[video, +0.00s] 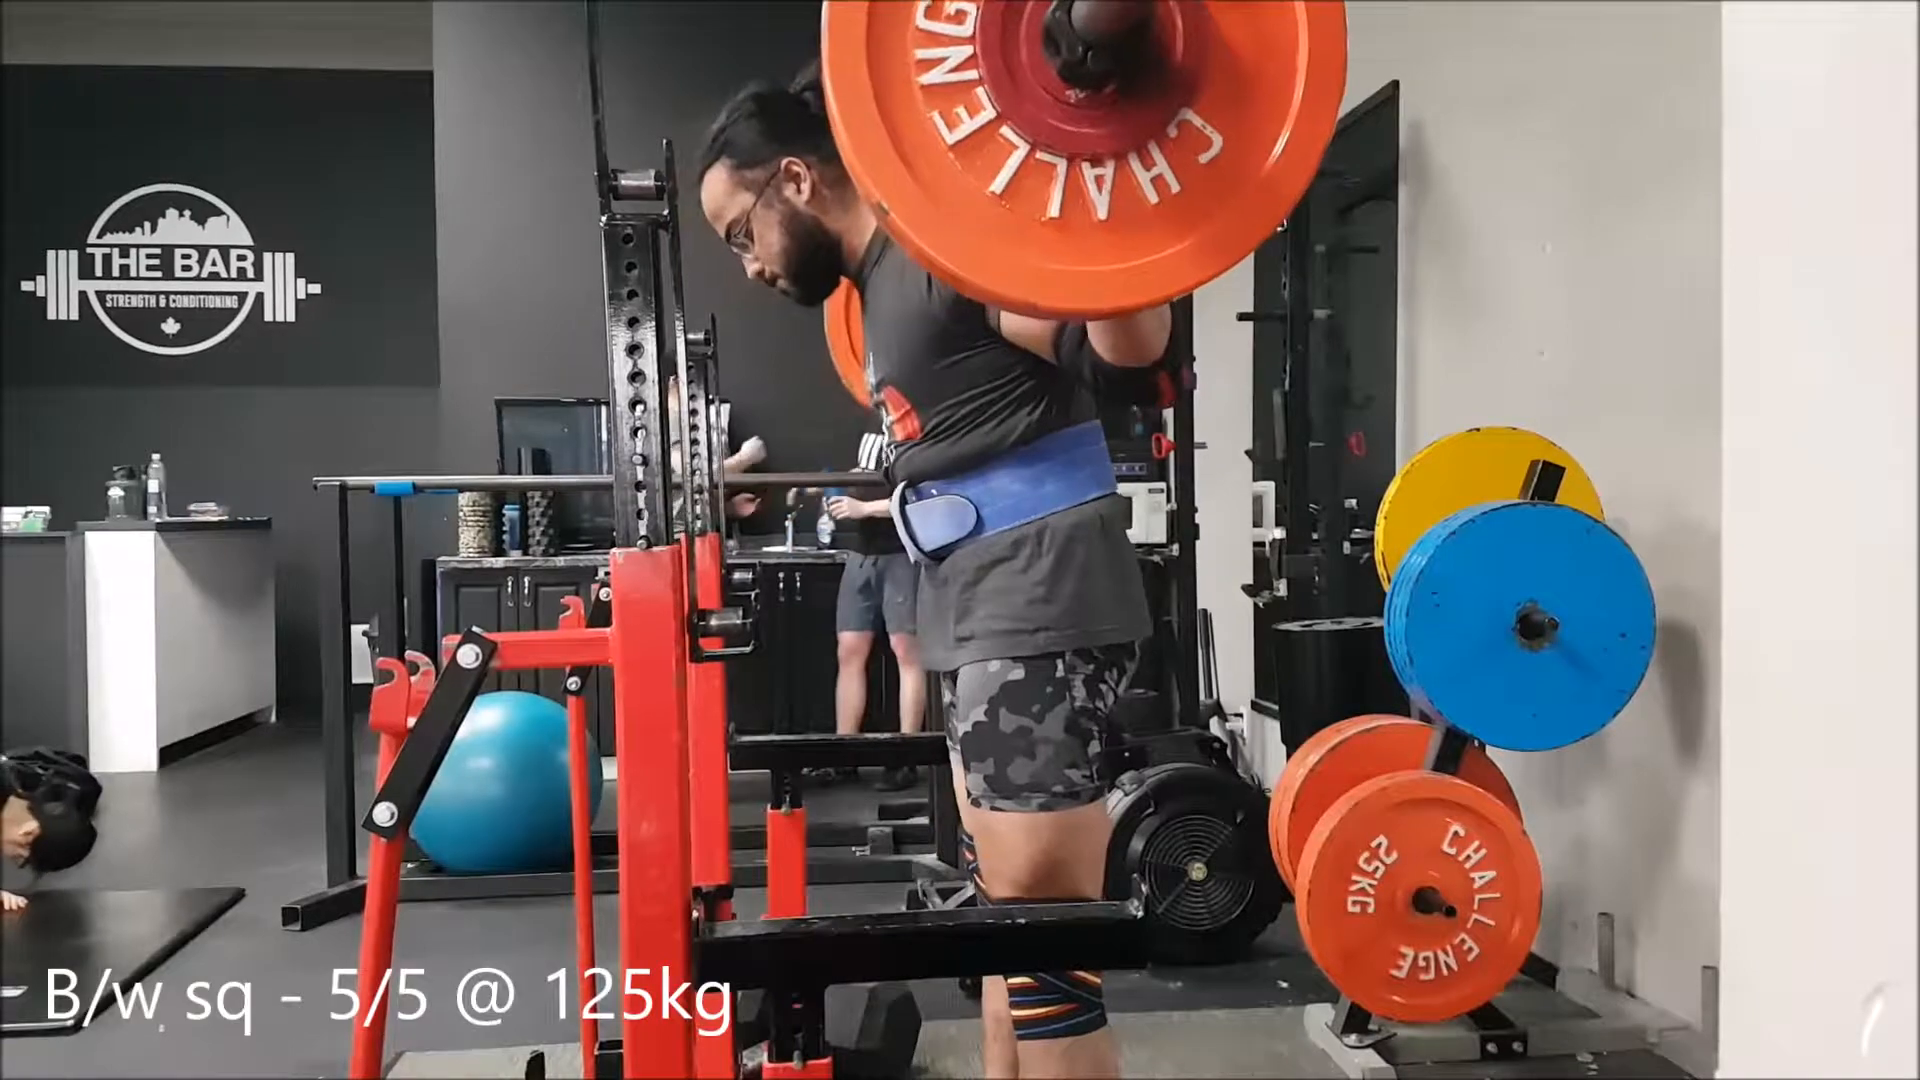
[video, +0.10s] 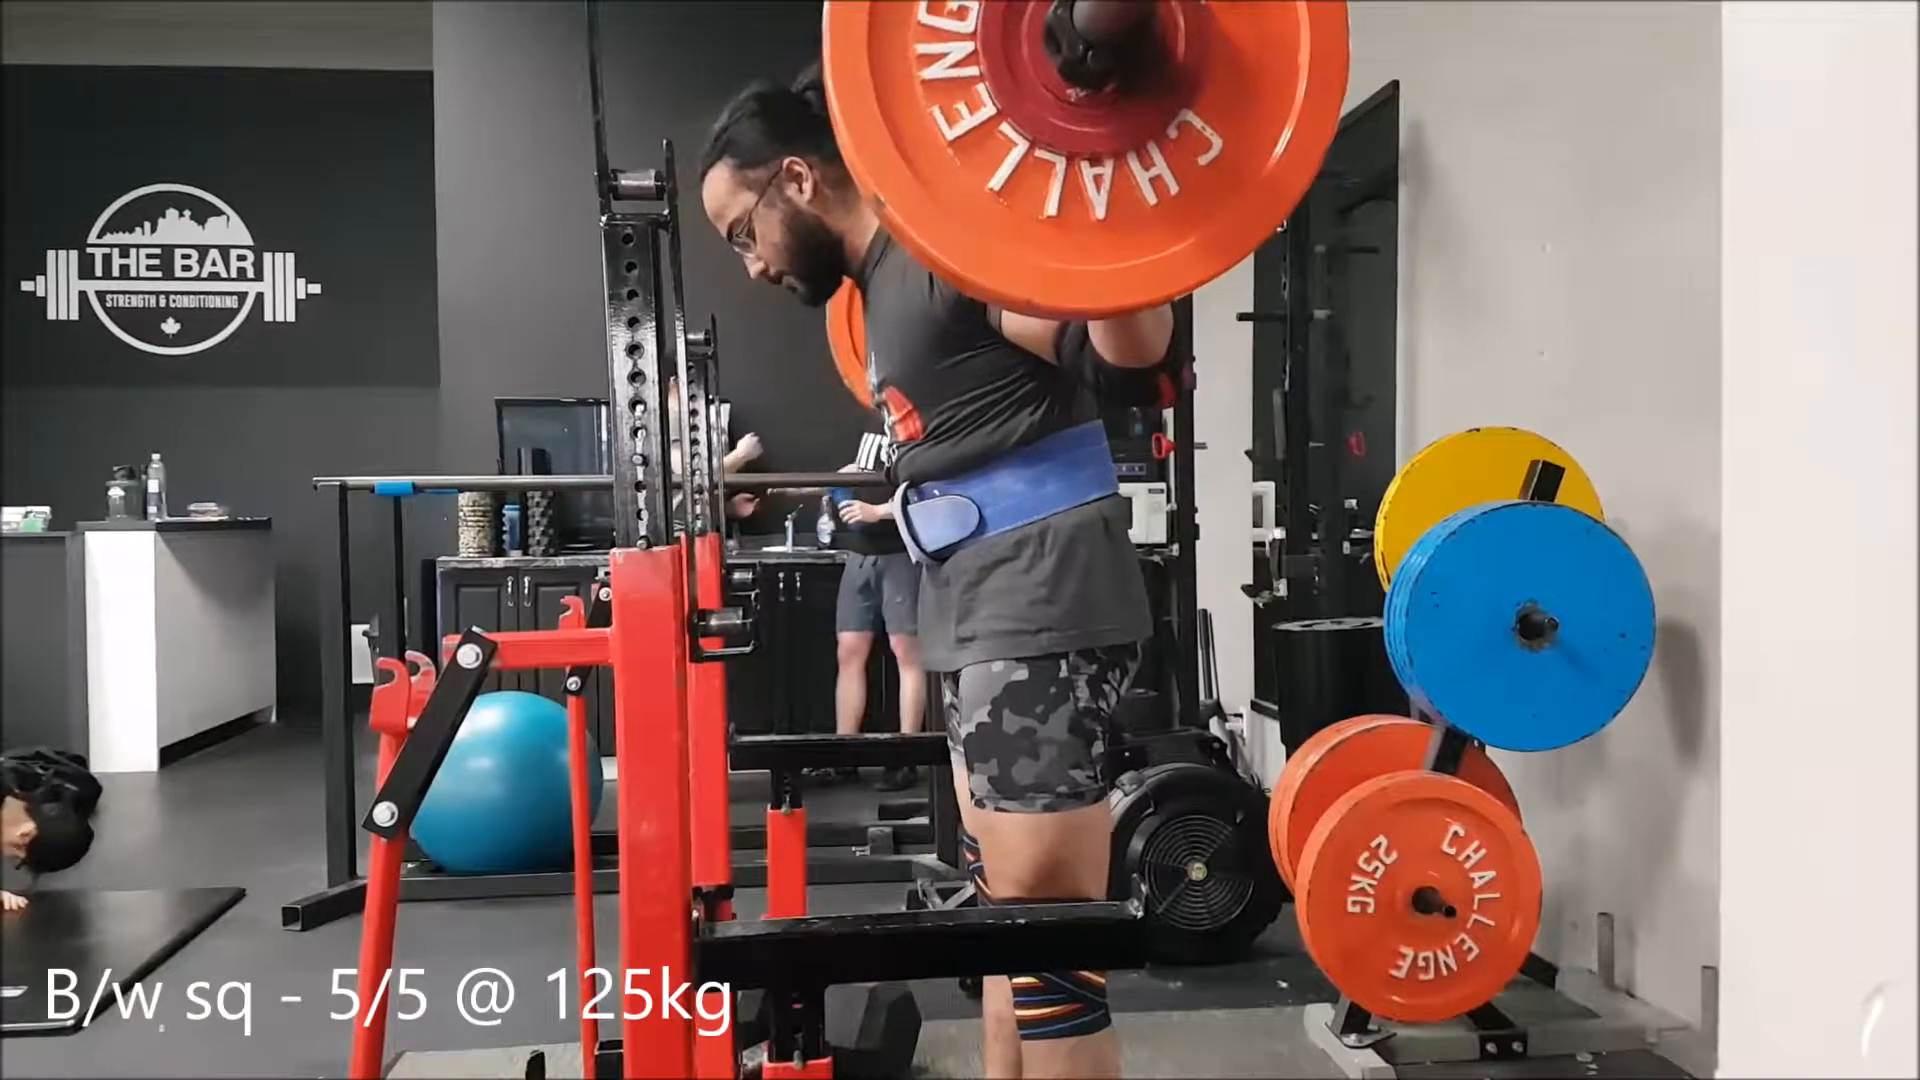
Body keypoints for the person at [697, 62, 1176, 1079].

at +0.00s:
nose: (748, 265)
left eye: (741, 231)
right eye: (731, 247)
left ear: (798, 180)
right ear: (796, 188)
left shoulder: (942, 234)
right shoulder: (880, 286)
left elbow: (1133, 340)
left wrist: (1127, 162)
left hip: (1044, 604)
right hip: (981, 611)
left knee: (1044, 939)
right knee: (1004, 932)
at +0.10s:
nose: (752, 264)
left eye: (743, 230)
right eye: (734, 245)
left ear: (800, 179)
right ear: (796, 185)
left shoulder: (946, 228)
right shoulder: (880, 283)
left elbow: (1133, 341)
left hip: (1045, 600)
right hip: (980, 606)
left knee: (1047, 934)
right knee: (1001, 926)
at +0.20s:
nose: (753, 263)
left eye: (745, 230)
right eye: (735, 243)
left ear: (801, 178)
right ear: (798, 185)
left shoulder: (946, 232)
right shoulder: (881, 287)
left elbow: (1135, 337)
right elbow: (931, 462)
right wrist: (786, 494)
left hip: (1047, 598)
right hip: (982, 603)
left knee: (1048, 934)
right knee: (998, 923)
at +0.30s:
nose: (753, 263)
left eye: (746, 229)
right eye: (736, 242)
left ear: (803, 177)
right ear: (800, 184)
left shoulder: (947, 227)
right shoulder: (880, 284)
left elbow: (1136, 340)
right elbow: (954, 447)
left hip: (1046, 585)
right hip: (977, 591)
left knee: (1049, 935)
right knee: (1001, 926)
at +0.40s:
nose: (754, 262)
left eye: (747, 229)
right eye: (737, 242)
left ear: (805, 178)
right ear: (800, 185)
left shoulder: (941, 231)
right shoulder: (881, 281)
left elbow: (1130, 343)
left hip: (1048, 586)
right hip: (980, 594)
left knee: (1049, 936)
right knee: (1004, 926)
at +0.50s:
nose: (753, 263)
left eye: (747, 230)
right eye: (737, 244)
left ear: (804, 179)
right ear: (799, 188)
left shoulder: (945, 236)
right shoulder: (882, 290)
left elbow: (1134, 346)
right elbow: (911, 479)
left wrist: (1137, 171)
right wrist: (774, 494)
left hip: (1049, 598)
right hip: (981, 606)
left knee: (1050, 941)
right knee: (1005, 932)